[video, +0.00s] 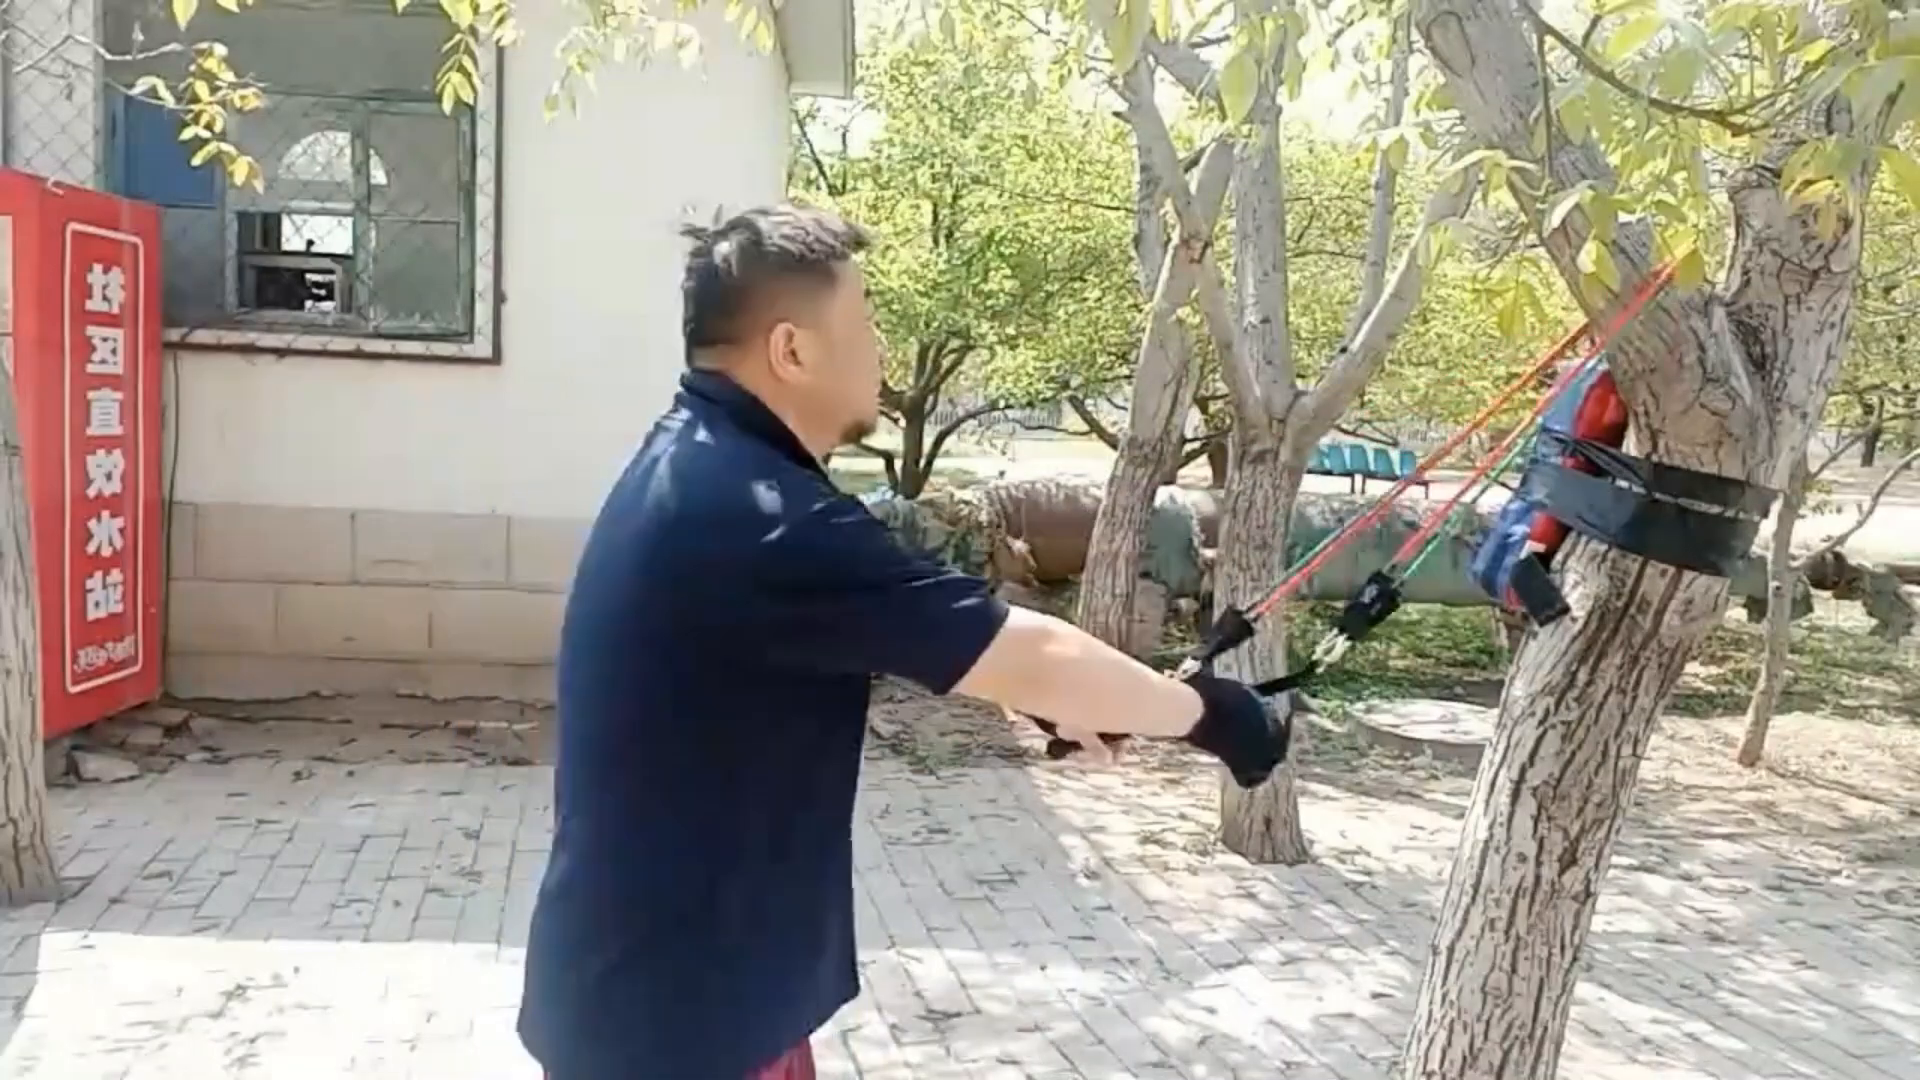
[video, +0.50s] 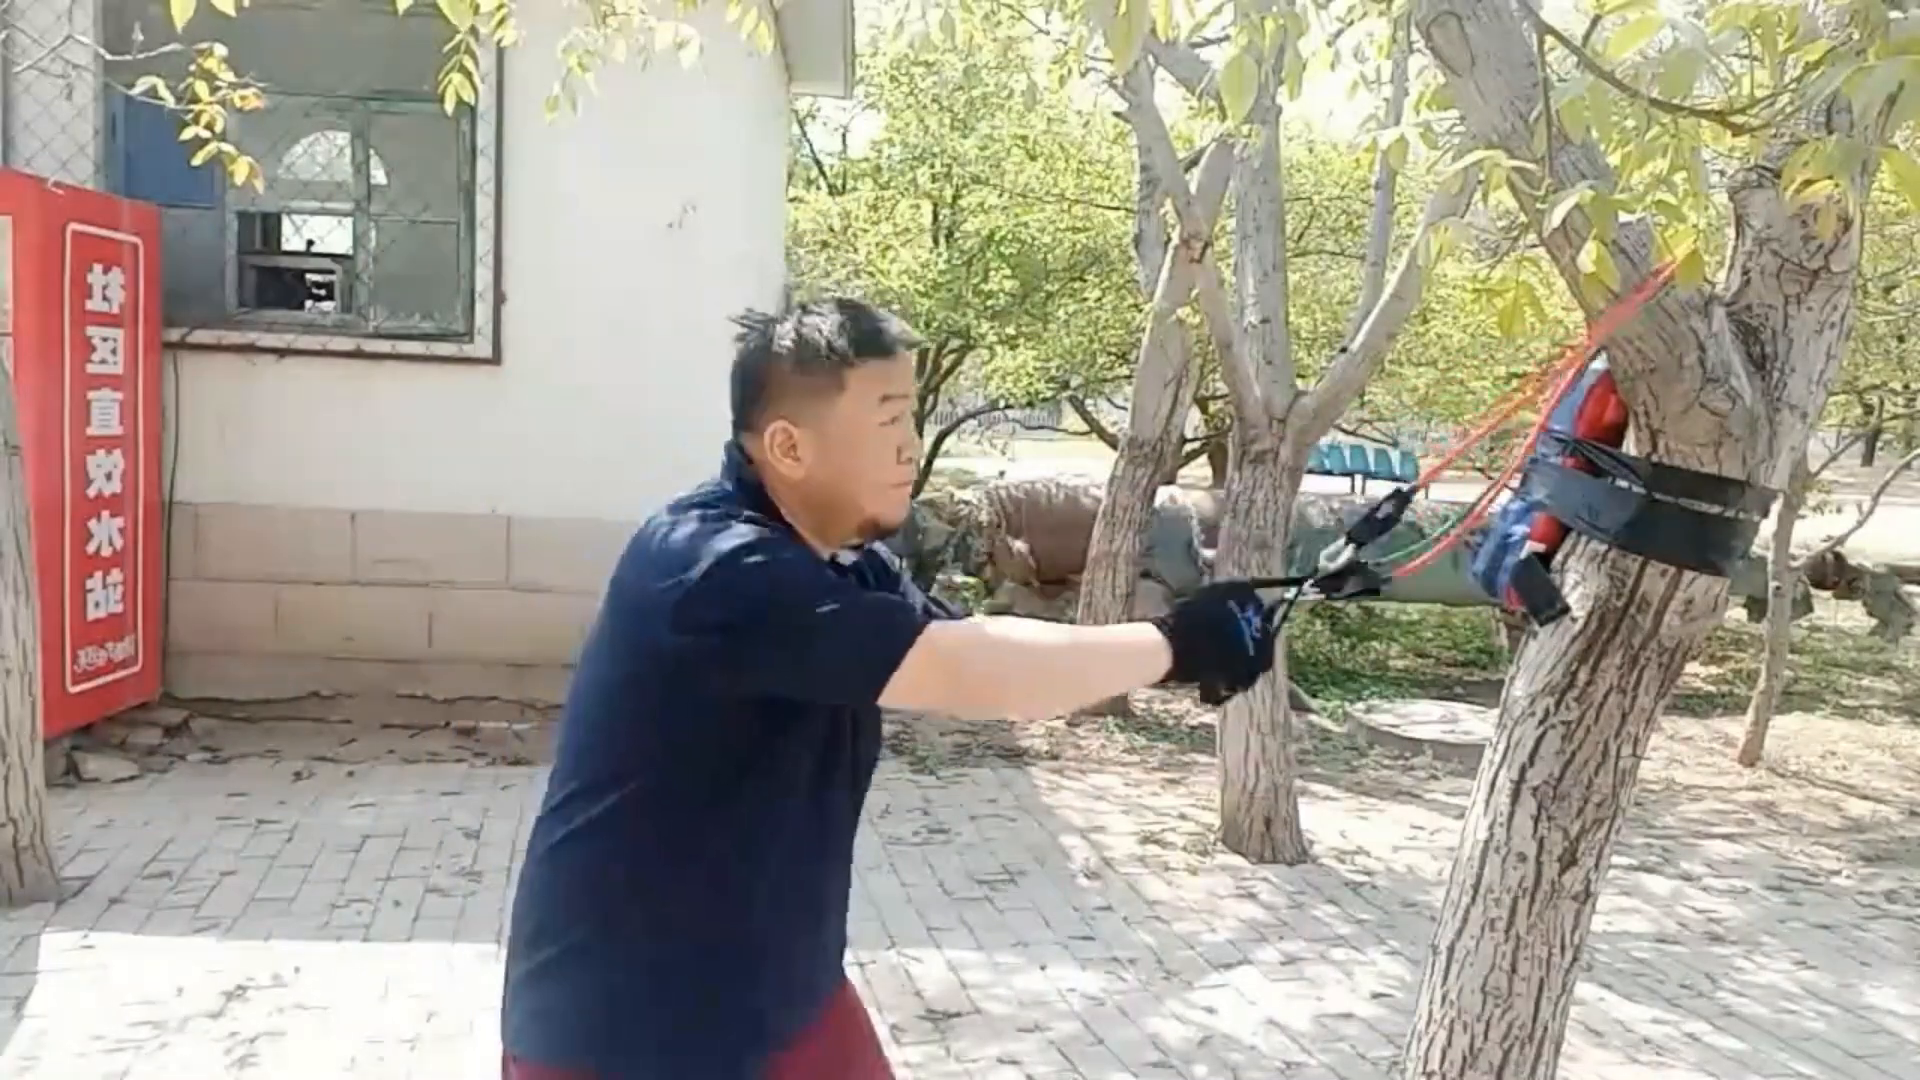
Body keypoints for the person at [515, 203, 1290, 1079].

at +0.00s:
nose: (880, 352)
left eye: (871, 323)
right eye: (863, 324)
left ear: (774, 349)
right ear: (788, 352)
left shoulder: (685, 467)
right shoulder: (772, 518)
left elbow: (916, 623)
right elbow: (1029, 658)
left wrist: (1047, 696)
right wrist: (1208, 711)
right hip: (703, 1025)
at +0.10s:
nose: (875, 350)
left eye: (864, 320)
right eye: (855, 322)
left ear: (766, 352)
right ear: (777, 354)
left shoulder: (686, 471)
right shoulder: (764, 516)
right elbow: (1007, 636)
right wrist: (1210, 643)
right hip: (699, 1025)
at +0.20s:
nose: (866, 372)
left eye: (855, 342)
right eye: (843, 344)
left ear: (748, 375)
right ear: (756, 374)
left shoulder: (698, 493)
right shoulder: (713, 527)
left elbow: (947, 602)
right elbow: (977, 609)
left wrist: (1150, 571)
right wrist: (1183, 567)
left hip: (775, 998)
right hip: (687, 1030)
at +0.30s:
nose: (867, 383)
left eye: (856, 352)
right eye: (840, 355)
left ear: (738, 391)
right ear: (742, 388)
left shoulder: (719, 503)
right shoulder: (684, 533)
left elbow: (938, 583)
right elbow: (952, 589)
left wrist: (1146, 546)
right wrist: (1159, 543)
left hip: (782, 990)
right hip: (660, 1031)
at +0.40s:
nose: (886, 404)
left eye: (877, 375)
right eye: (858, 376)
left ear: (757, 410)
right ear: (753, 405)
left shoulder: (786, 521)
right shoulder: (692, 537)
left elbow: (953, 601)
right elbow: (956, 606)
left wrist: (1152, 566)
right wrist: (1156, 567)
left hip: (779, 993)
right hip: (632, 1024)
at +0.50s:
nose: (914, 442)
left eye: (912, 416)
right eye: (888, 420)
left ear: (796, 449)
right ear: (784, 448)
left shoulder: (854, 565)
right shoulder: (723, 571)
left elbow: (983, 660)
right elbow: (987, 675)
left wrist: (1162, 646)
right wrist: (1174, 646)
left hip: (789, 991)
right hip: (623, 1025)